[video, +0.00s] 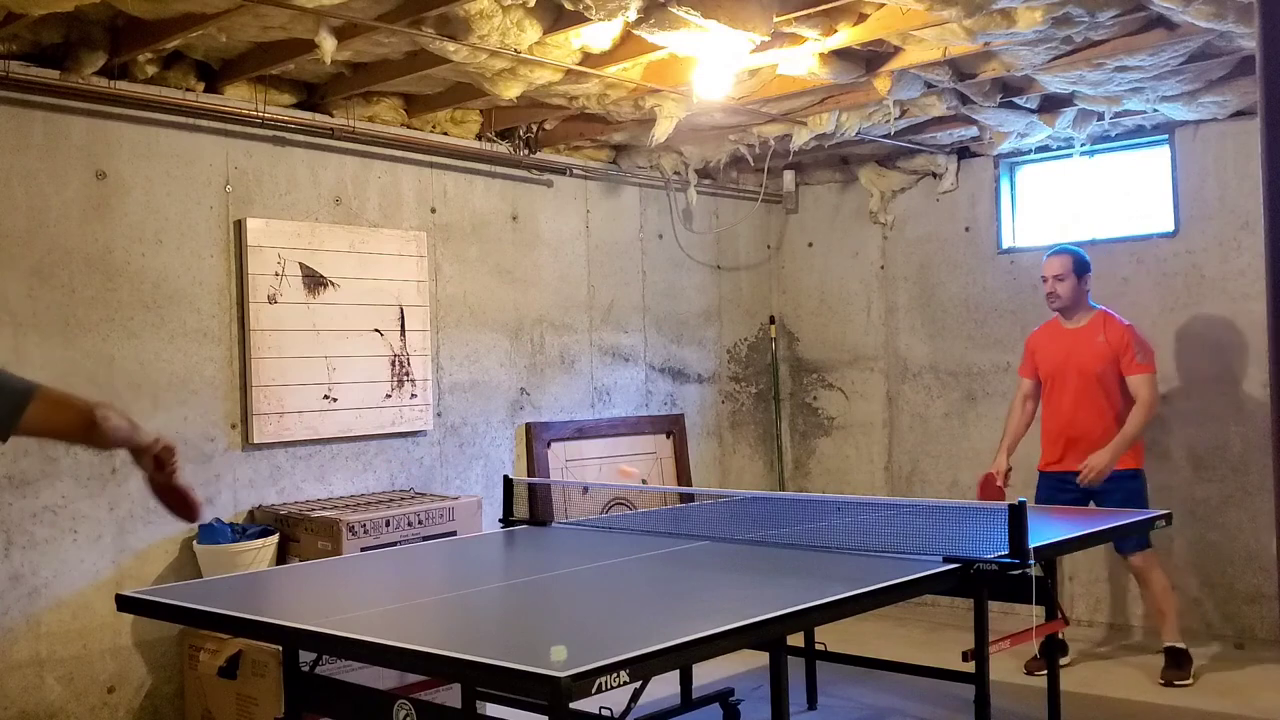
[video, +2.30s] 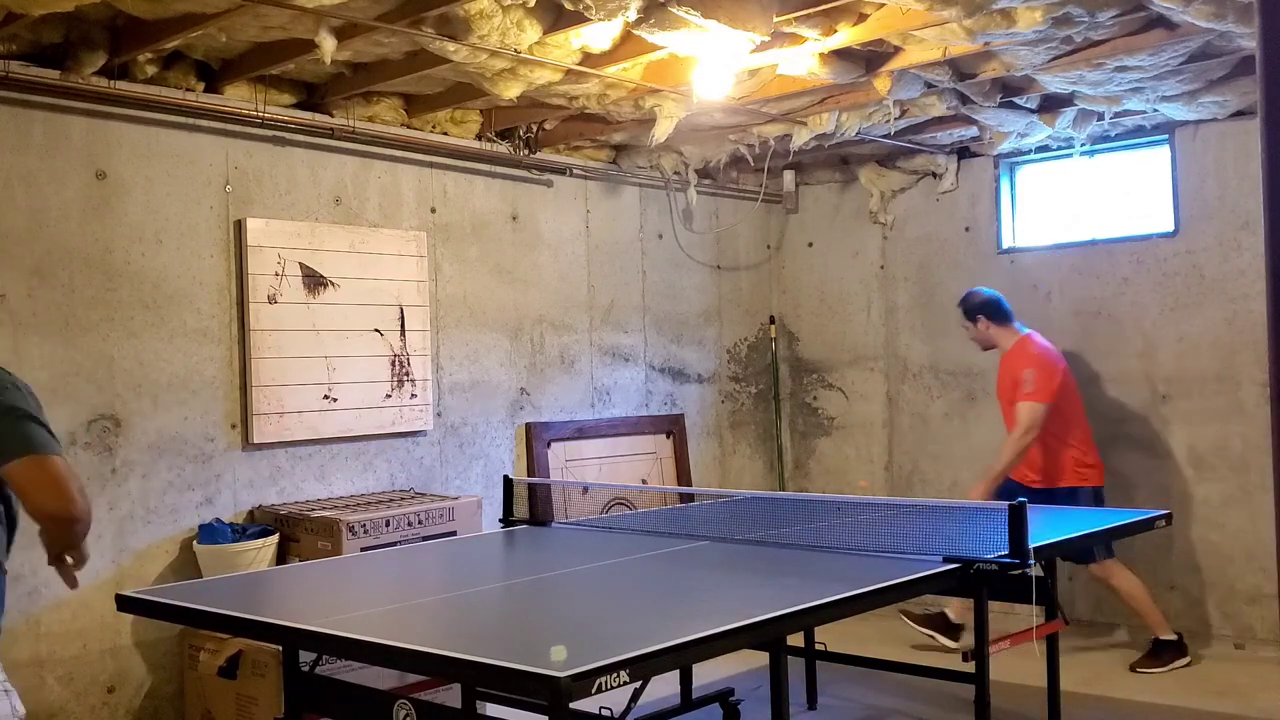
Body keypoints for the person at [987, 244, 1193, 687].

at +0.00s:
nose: (1049, 288)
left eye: (1058, 279)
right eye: (1044, 280)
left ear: (1084, 281)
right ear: (1043, 284)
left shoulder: (1119, 332)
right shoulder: (1039, 340)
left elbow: (1147, 401)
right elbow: (1026, 401)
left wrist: (1111, 452)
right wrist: (1004, 451)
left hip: (1117, 470)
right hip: (1057, 472)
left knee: (1138, 556)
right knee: (1041, 560)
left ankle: (1175, 647)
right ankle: (1052, 643)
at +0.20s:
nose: (1015, 302)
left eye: (1023, 293)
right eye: (1010, 295)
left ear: (1051, 292)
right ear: (1011, 300)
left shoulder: (1095, 339)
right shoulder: (1017, 352)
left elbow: (1134, 402)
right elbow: (1011, 410)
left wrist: (1146, 469)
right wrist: (976, 441)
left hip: (1104, 477)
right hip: (1043, 474)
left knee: (1134, 563)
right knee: (1004, 547)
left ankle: (1174, 648)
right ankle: (1008, 631)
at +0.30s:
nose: (987, 310)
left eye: (994, 300)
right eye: (983, 303)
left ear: (1023, 300)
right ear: (984, 308)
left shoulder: (1073, 342)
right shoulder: (991, 361)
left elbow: (1120, 393)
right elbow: (975, 419)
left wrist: (1156, 452)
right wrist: (935, 430)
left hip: (1090, 479)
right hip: (1027, 481)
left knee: (1126, 561)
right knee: (990, 555)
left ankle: (1174, 647)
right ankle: (980, 638)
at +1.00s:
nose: (1023, 304)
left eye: (1032, 295)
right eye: (1016, 296)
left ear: (1053, 298)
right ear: (1012, 301)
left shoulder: (1090, 349)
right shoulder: (1008, 358)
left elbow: (1123, 411)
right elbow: (999, 417)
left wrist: (1128, 477)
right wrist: (981, 472)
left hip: (1090, 484)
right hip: (1027, 483)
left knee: (1132, 564)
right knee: (984, 554)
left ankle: (1172, 647)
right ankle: (972, 639)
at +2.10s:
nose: (1001, 325)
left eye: (1000, 317)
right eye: (999, 318)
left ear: (1015, 312)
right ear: (1024, 309)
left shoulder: (1074, 349)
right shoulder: (1036, 350)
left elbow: (1097, 412)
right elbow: (1039, 415)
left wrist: (1104, 469)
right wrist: (1001, 448)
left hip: (1080, 482)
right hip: (1037, 479)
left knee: (1107, 565)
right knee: (1000, 548)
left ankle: (1169, 640)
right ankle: (996, 631)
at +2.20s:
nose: (991, 330)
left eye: (990, 322)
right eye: (989, 323)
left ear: (1004, 316)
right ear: (1013, 313)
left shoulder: (1061, 352)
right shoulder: (1031, 351)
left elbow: (1068, 423)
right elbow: (1040, 421)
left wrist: (1049, 482)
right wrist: (1013, 459)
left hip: (1080, 478)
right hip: (1038, 473)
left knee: (1102, 563)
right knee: (984, 534)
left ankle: (1169, 640)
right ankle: (981, 622)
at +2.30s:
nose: (969, 337)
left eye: (968, 327)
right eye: (966, 328)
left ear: (983, 321)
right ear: (993, 318)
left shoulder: (1036, 354)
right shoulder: (1015, 354)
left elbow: (1028, 429)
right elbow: (1028, 428)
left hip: (1069, 482)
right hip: (1026, 478)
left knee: (1102, 564)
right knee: (975, 536)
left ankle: (1168, 640)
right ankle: (954, 621)